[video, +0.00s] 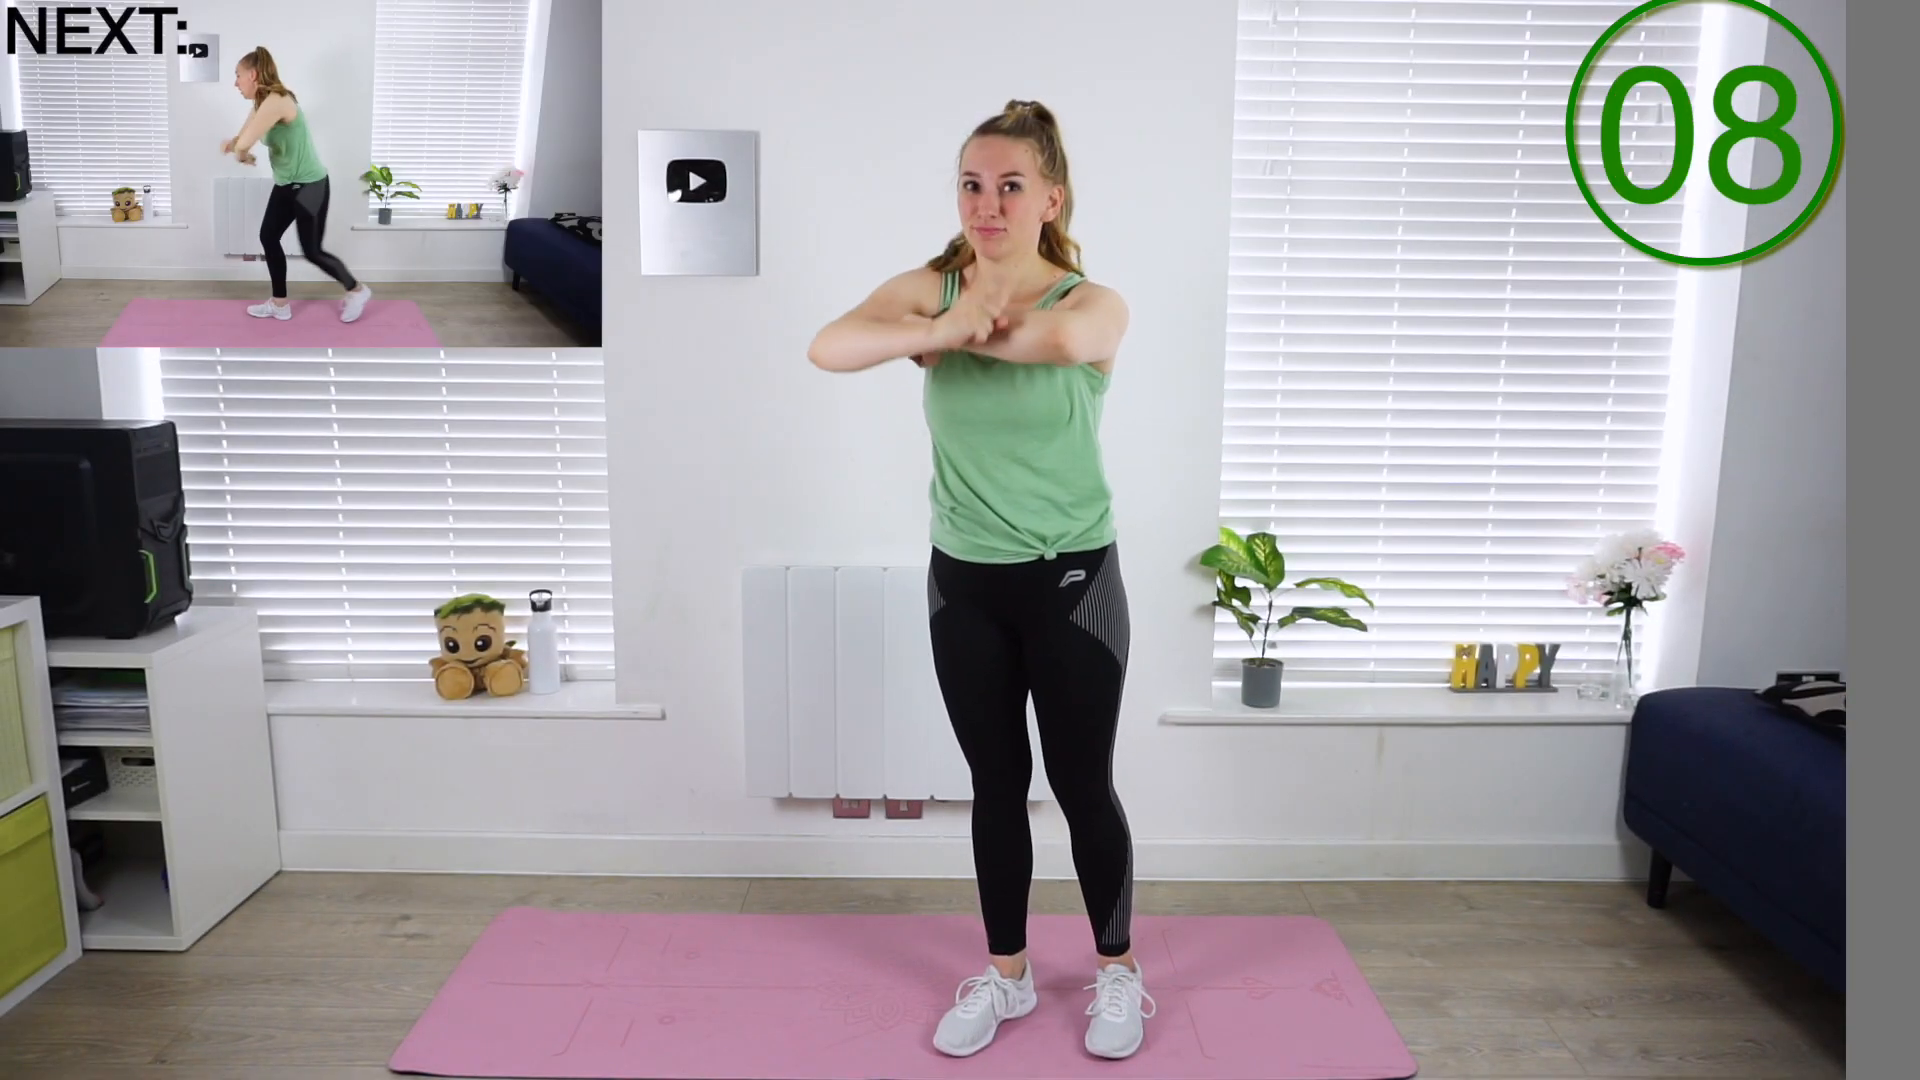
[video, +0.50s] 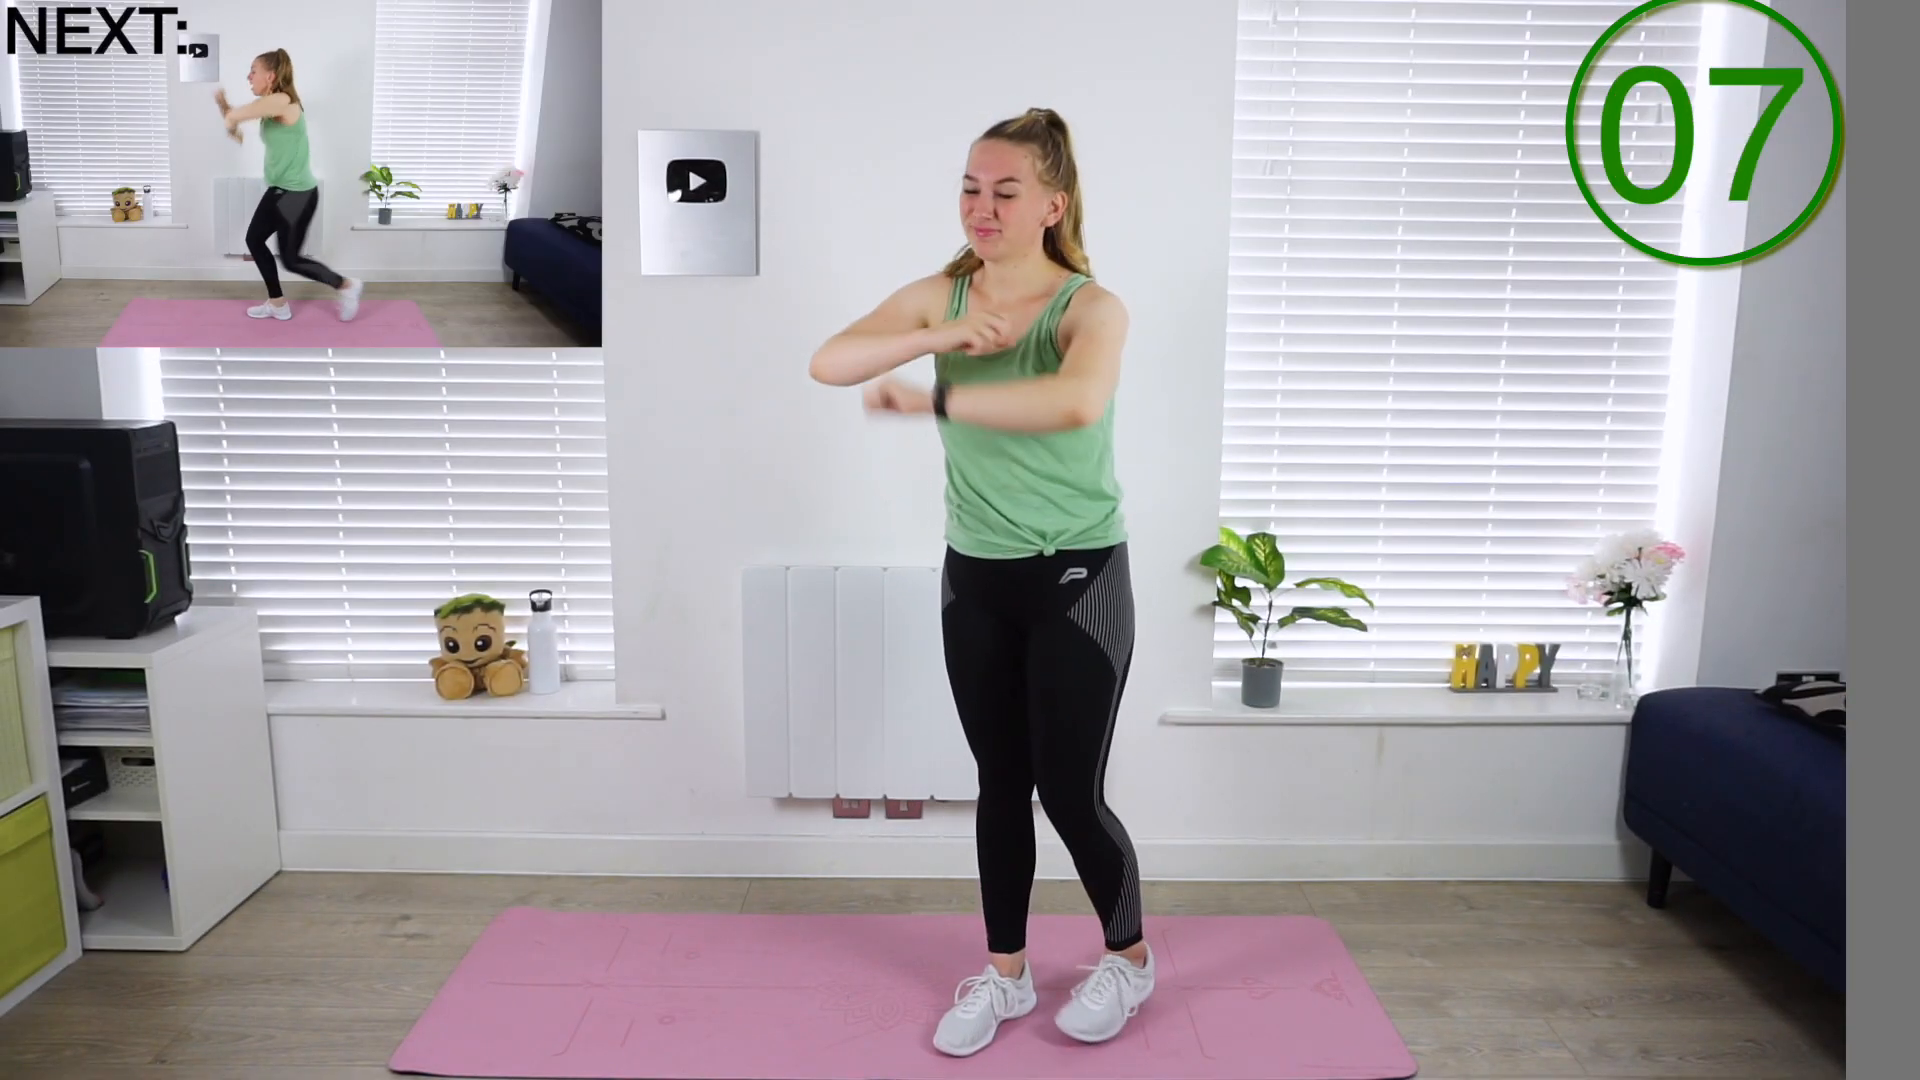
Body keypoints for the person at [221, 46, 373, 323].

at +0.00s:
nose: (236, 83)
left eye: (239, 76)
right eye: (236, 77)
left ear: (255, 76)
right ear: (256, 77)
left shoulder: (276, 101)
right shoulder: (261, 102)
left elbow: (243, 145)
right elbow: (248, 133)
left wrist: (242, 155)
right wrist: (235, 144)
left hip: (311, 184)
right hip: (286, 184)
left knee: (312, 251)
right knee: (269, 236)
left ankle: (357, 290)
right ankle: (279, 302)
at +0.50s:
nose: (249, 78)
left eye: (253, 73)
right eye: (250, 72)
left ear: (271, 76)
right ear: (271, 77)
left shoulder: (281, 100)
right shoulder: (273, 102)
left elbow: (233, 117)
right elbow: (238, 120)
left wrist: (233, 129)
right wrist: (225, 109)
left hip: (299, 192)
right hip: (279, 189)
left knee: (290, 259)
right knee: (255, 239)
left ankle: (347, 285)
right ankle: (277, 302)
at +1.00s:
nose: (266, 59)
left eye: (272, 56)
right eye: (268, 55)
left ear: (287, 69)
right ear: (287, 70)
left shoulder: (268, 89)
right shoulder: (289, 92)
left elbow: (230, 49)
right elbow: (267, 51)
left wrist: (255, 66)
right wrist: (252, 23)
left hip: (246, 182)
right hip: (268, 182)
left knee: (216, 242)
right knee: (252, 242)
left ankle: (209, 313)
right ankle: (277, 303)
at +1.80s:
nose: (238, 90)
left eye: (241, 84)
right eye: (239, 84)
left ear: (256, 85)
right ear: (255, 85)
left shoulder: (285, 110)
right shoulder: (262, 114)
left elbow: (268, 161)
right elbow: (251, 154)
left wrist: (251, 179)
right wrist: (256, 155)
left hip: (326, 184)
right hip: (298, 186)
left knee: (342, 241)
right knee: (269, 238)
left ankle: (370, 294)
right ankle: (278, 303)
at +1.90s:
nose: (239, 89)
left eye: (242, 83)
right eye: (240, 83)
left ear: (258, 86)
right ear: (260, 86)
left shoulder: (283, 110)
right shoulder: (262, 116)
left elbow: (269, 159)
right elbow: (245, 156)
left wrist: (255, 173)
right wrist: (236, 147)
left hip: (322, 188)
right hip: (295, 190)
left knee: (336, 245)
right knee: (265, 239)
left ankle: (369, 294)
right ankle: (278, 304)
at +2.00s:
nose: (242, 82)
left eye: (245, 77)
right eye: (243, 77)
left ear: (261, 81)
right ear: (261, 81)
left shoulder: (283, 105)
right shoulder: (263, 109)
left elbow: (255, 142)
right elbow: (239, 142)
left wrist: (247, 141)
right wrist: (220, 148)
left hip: (310, 192)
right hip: (285, 191)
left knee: (310, 258)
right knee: (259, 240)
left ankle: (361, 288)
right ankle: (278, 305)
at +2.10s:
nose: (246, 75)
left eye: (250, 70)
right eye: (247, 70)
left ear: (268, 75)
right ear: (268, 76)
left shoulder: (282, 99)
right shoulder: (271, 98)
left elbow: (236, 115)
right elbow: (238, 117)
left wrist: (234, 105)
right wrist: (228, 125)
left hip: (294, 189)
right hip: (278, 187)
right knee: (255, 243)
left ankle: (328, 285)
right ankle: (277, 305)